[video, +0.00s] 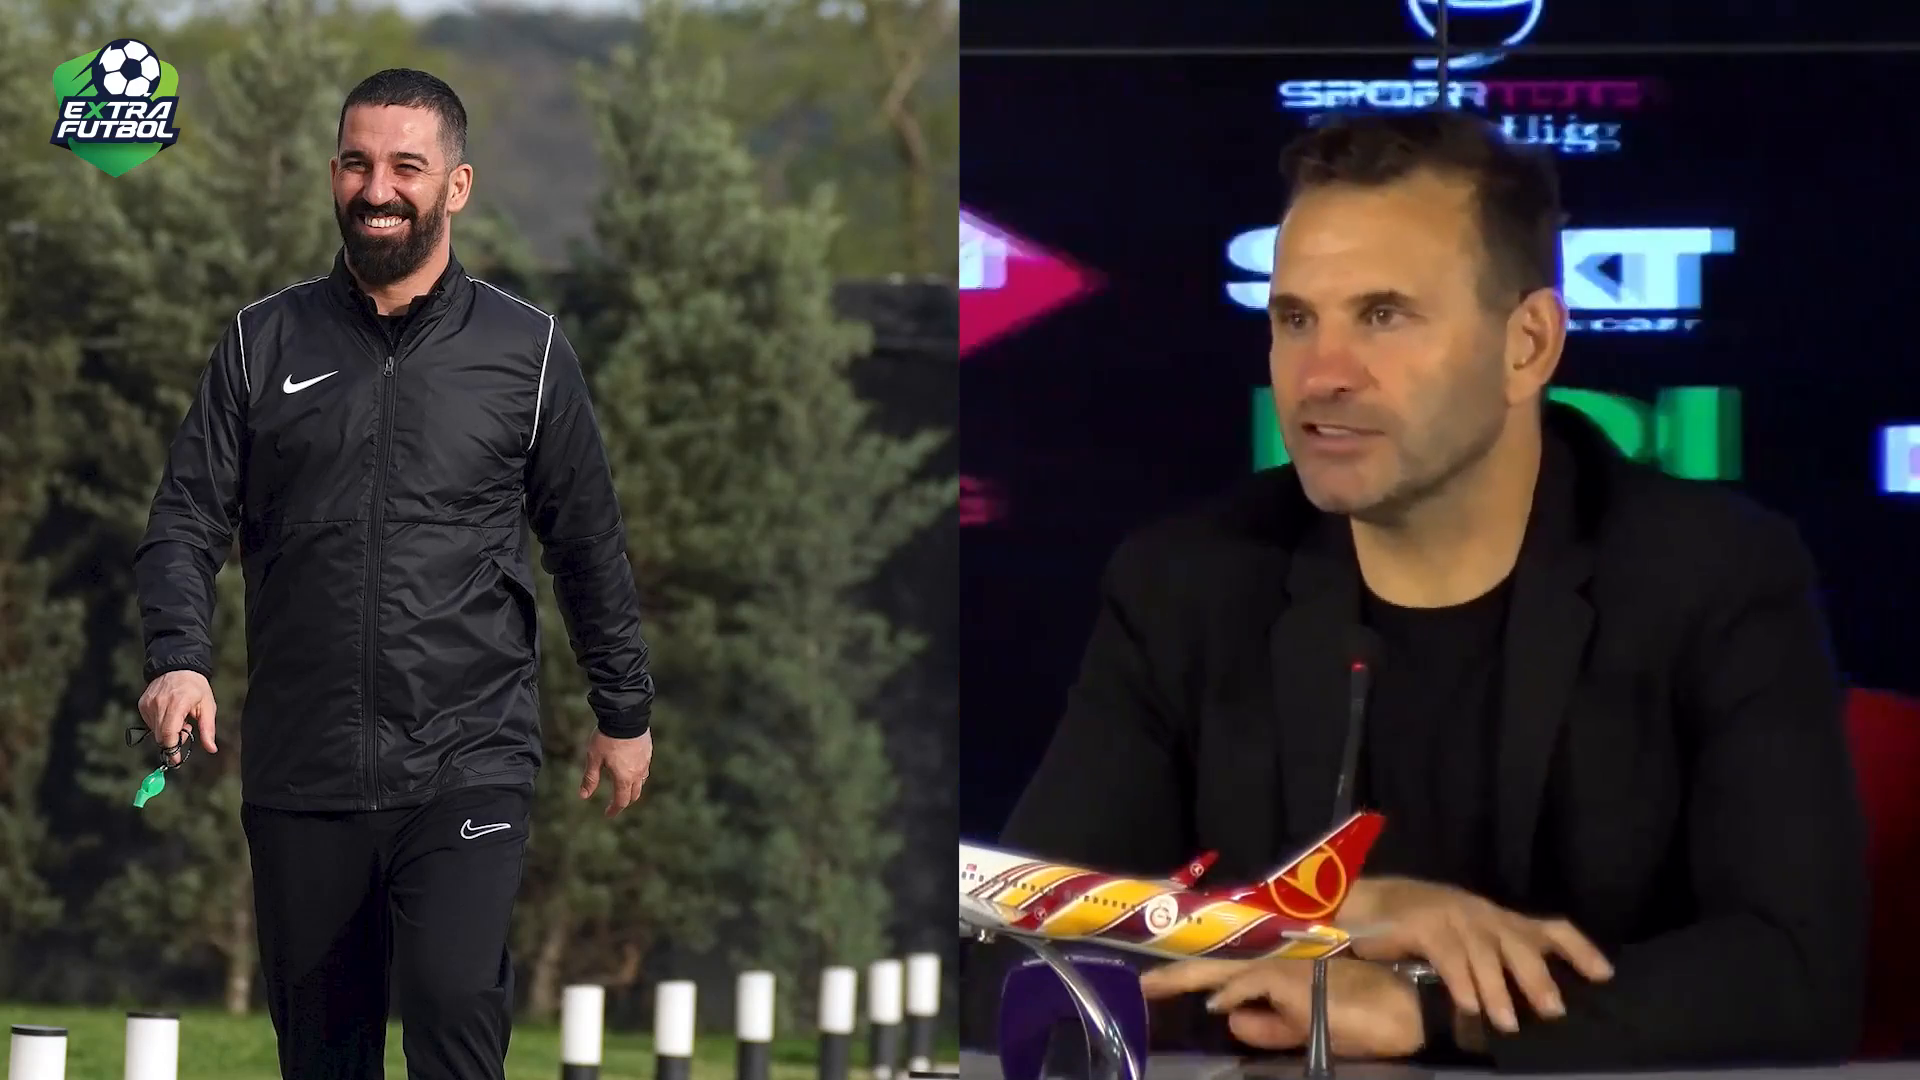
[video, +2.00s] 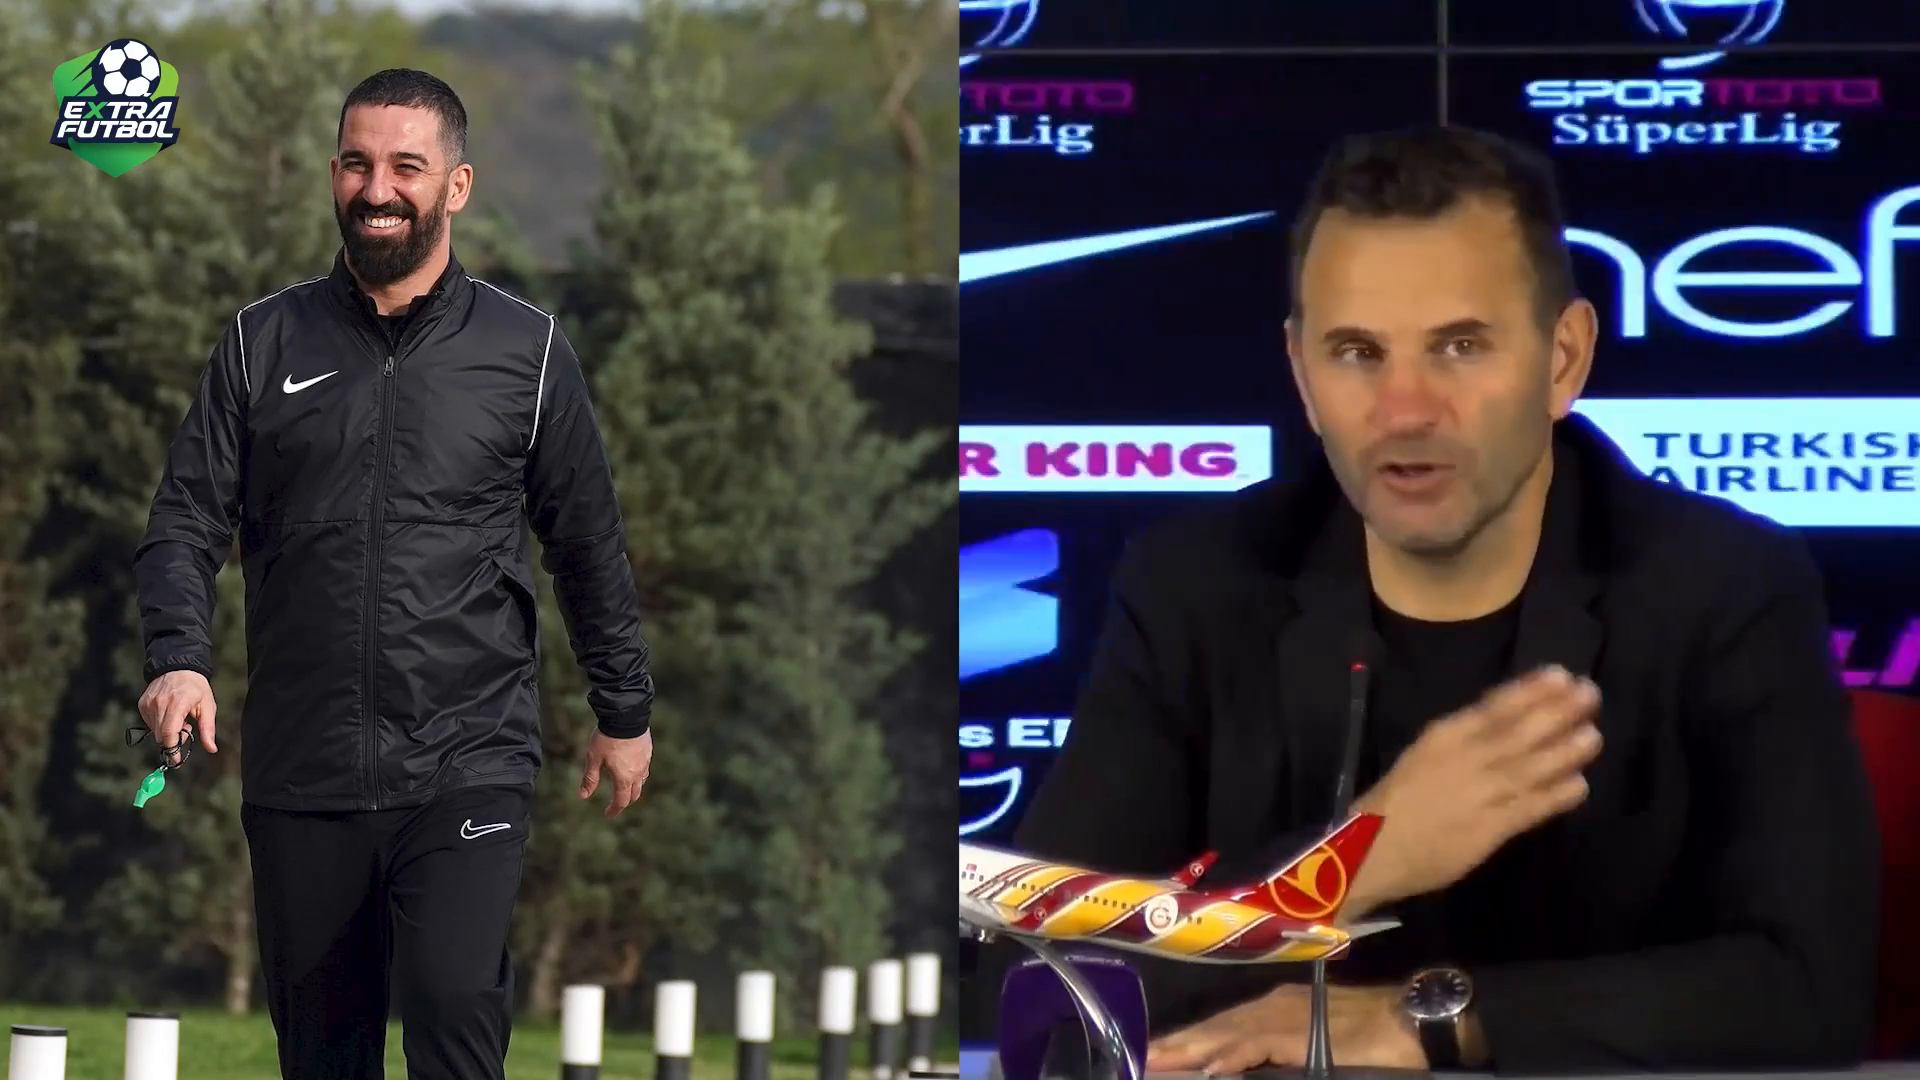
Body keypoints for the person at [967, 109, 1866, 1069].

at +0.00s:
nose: (1318, 376)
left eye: (1384, 317)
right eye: (1294, 319)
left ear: (1528, 343)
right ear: (1269, 331)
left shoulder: (1718, 578)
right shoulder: (1188, 584)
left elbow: (1795, 976)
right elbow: (1028, 940)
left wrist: (1435, 1012)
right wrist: (1330, 906)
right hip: (1250, 1075)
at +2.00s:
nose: (1404, 405)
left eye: (1461, 345)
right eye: (1358, 351)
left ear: (1566, 355)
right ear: (1300, 367)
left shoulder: (1729, 593)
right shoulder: (1193, 588)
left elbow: (1810, 993)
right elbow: (1049, 981)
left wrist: (1432, 1020)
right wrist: (1357, 858)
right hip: (1252, 1077)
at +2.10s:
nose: (1369, 402)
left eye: (1430, 343)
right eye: (1334, 344)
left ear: (1555, 361)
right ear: (1294, 350)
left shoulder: (1728, 596)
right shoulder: (1193, 587)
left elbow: (1810, 994)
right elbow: (1044, 959)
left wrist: (1435, 1019)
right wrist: (1356, 890)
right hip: (1245, 1074)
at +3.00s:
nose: (1329, 398)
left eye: (1397, 344)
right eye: (1308, 339)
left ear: (1543, 368)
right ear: (1282, 342)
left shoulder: (1718, 593)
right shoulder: (1181, 592)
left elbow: (1808, 990)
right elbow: (1031, 983)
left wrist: (1438, 1030)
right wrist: (1363, 947)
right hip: (1247, 1077)